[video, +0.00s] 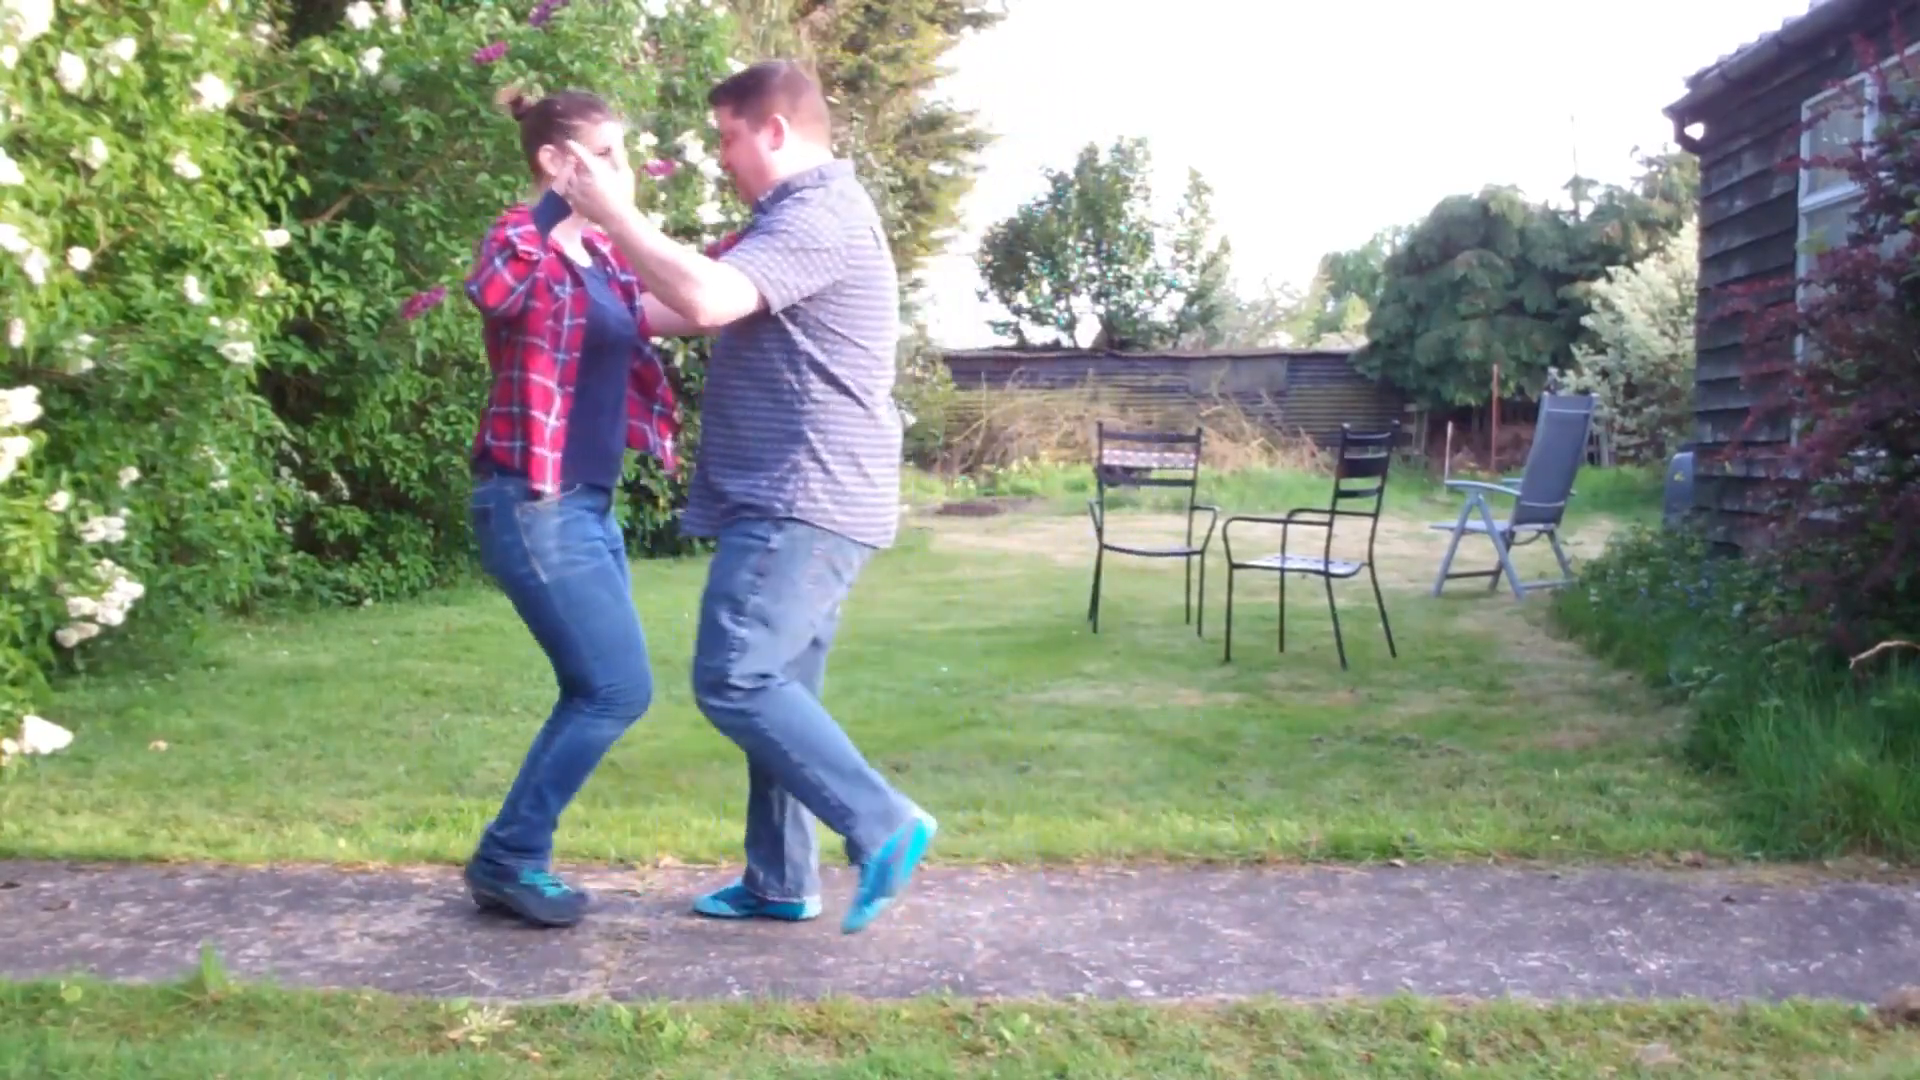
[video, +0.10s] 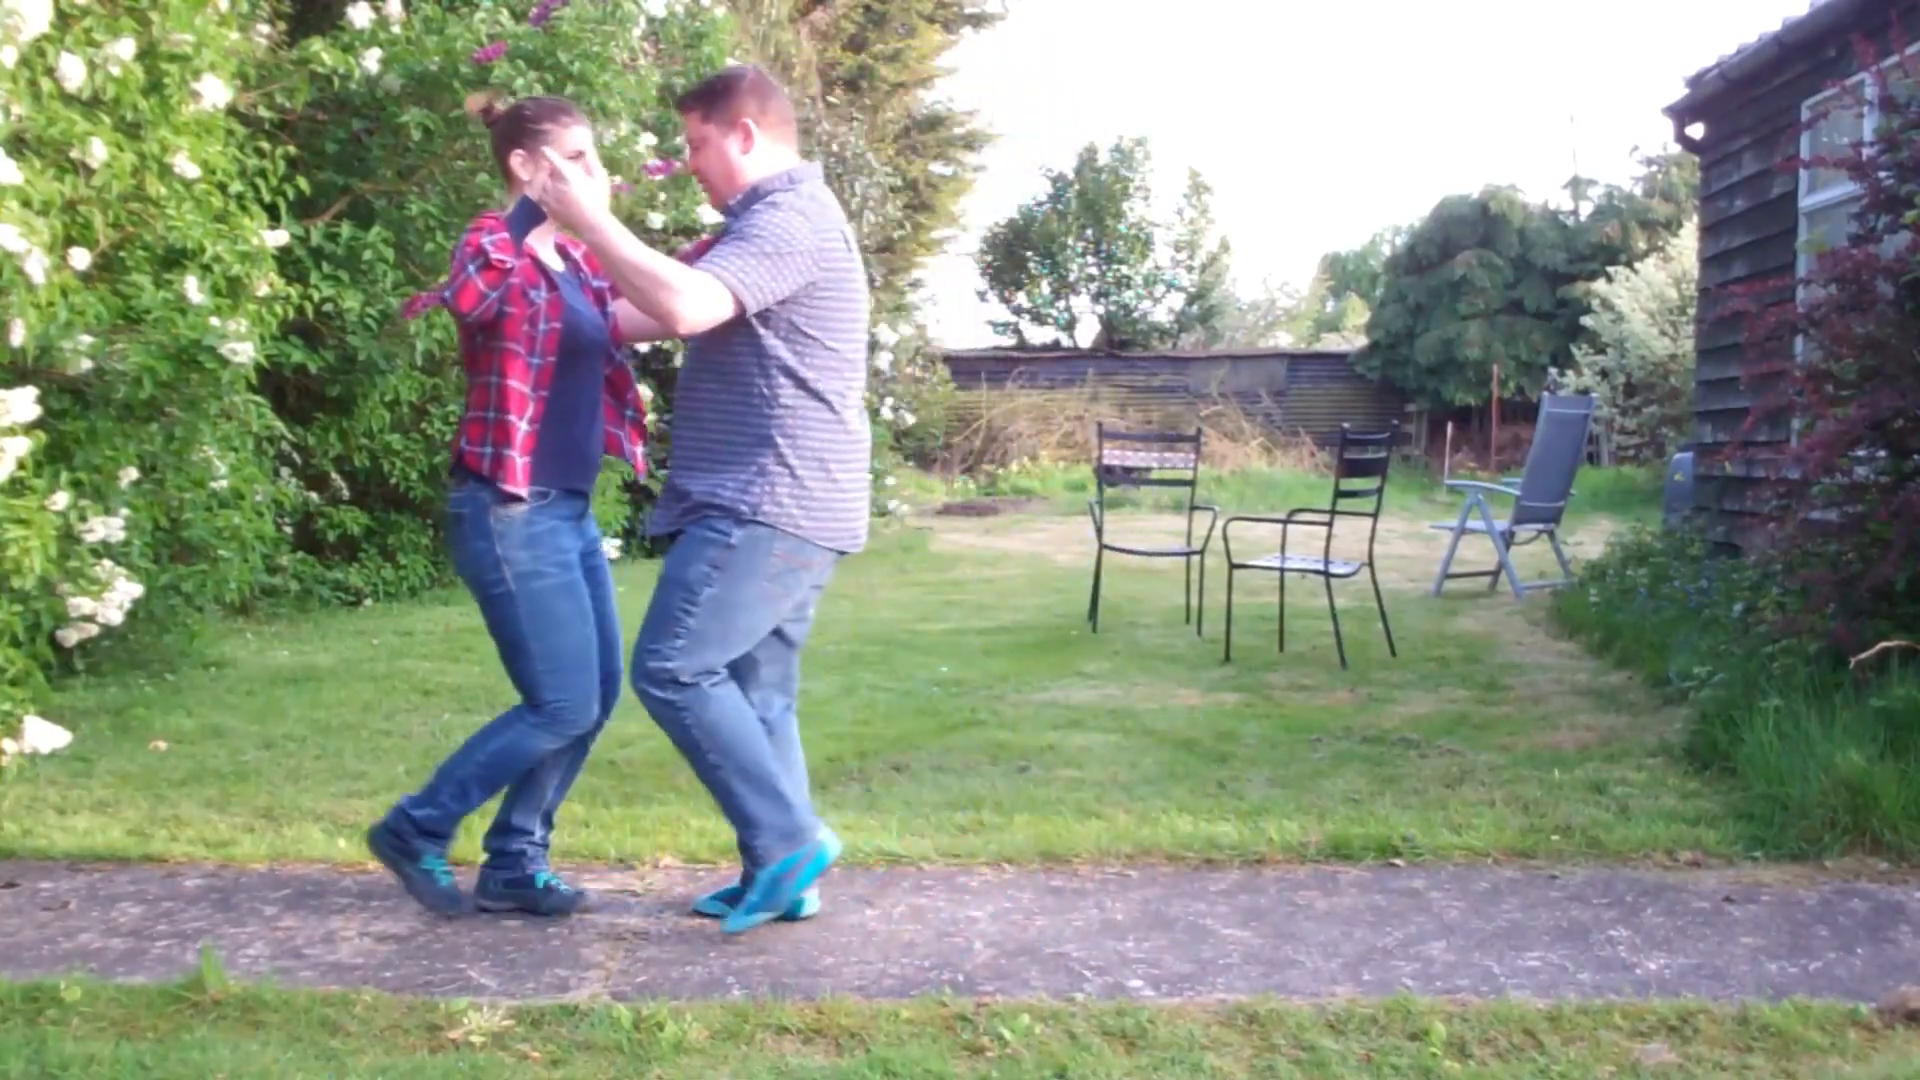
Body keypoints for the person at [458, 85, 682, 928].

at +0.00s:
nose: (622, 168)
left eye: (621, 152)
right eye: (606, 152)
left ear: (586, 160)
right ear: (556, 159)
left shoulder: (605, 256)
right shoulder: (520, 234)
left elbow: (678, 314)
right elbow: (499, 296)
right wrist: (567, 207)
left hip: (585, 501)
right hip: (530, 499)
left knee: (600, 691)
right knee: (618, 688)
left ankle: (512, 858)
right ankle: (508, 859)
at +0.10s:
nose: (592, 175)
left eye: (594, 159)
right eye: (576, 159)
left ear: (589, 170)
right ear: (526, 166)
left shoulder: (585, 260)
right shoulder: (494, 243)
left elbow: (625, 325)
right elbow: (469, 302)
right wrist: (537, 224)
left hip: (570, 508)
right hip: (507, 512)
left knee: (597, 692)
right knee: (564, 705)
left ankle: (513, 864)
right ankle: (412, 831)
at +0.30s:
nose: (538, 168)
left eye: (538, 151)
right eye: (522, 152)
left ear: (522, 157)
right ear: (474, 158)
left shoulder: (529, 251)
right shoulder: (435, 236)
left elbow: (586, 320)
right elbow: (412, 294)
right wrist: (479, 209)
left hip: (517, 502)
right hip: (448, 502)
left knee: (549, 682)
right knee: (437, 705)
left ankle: (509, 863)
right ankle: (301, 847)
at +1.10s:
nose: (515, 166)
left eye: (518, 152)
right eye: (503, 151)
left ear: (505, 159)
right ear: (450, 153)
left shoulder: (519, 248)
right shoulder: (414, 242)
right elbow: (358, 322)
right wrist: (402, 238)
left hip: (503, 492)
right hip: (445, 494)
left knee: (467, 686)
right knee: (526, 678)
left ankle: (413, 852)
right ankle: (404, 835)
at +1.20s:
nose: (532, 163)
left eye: (534, 149)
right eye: (520, 148)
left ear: (506, 155)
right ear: (466, 150)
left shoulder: (526, 241)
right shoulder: (434, 242)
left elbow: (589, 290)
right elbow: (369, 318)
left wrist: (590, 246)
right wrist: (404, 234)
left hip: (511, 489)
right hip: (462, 492)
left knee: (469, 688)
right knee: (553, 668)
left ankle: (412, 855)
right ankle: (502, 861)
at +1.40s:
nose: (574, 163)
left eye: (577, 149)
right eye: (561, 147)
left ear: (530, 153)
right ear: (510, 147)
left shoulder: (564, 239)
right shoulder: (471, 238)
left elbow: (616, 328)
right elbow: (398, 312)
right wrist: (419, 225)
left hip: (530, 487)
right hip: (517, 489)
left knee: (498, 685)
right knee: (584, 683)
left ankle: (421, 846)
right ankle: (558, 880)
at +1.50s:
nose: (599, 158)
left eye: (601, 144)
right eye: (587, 142)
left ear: (550, 146)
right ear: (533, 142)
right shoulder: (493, 231)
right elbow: (419, 316)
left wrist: (654, 443)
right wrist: (434, 233)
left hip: (561, 478)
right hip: (545, 482)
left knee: (565, 682)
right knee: (584, 687)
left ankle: (452, 824)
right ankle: (557, 878)